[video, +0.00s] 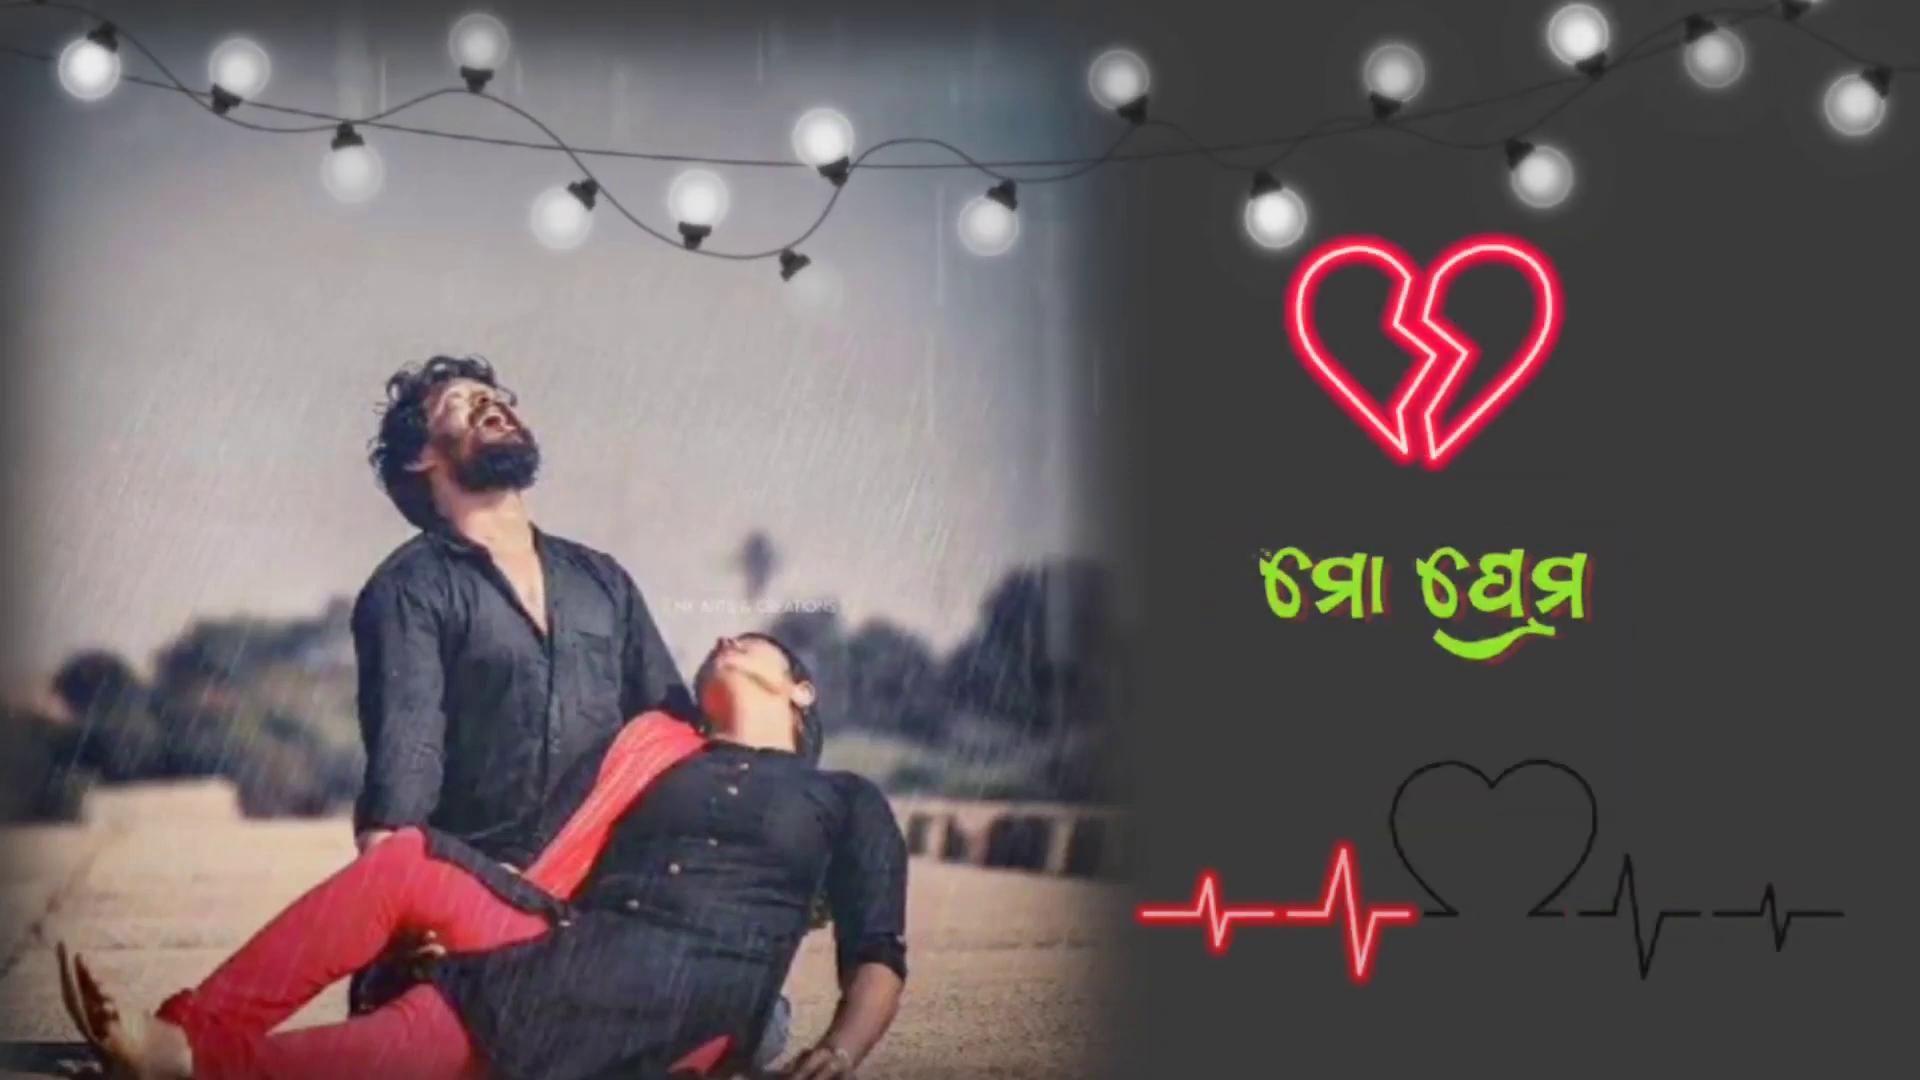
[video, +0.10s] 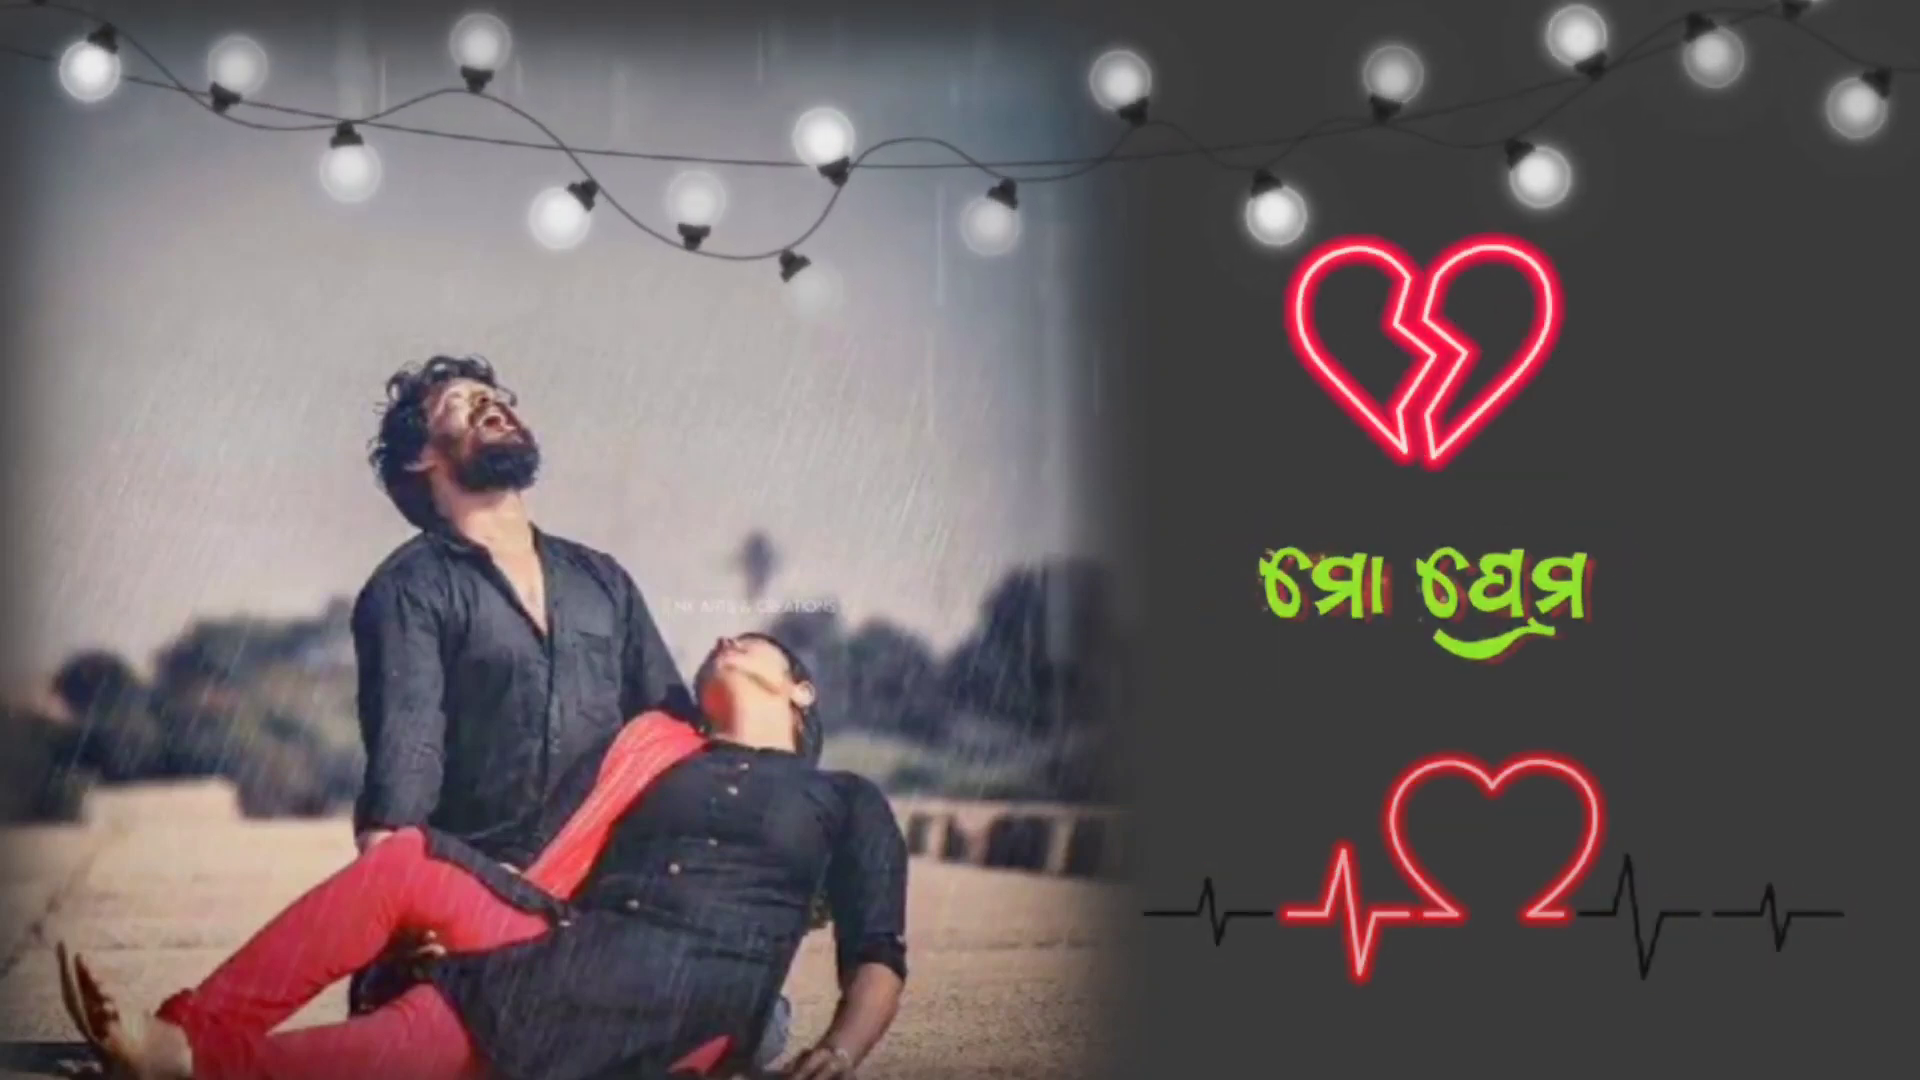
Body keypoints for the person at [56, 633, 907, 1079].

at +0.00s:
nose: (722, 662)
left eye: (749, 657)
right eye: (717, 661)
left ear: (799, 700)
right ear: (708, 699)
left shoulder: (843, 798)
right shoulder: (663, 757)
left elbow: (878, 967)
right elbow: (576, 894)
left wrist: (834, 1066)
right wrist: (456, 948)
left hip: (693, 981)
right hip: (588, 945)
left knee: (448, 1029)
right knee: (400, 860)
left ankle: (186, 1059)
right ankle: (178, 1040)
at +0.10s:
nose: (722, 660)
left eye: (749, 656)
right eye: (717, 659)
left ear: (799, 699)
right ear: (709, 699)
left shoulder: (843, 798)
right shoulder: (663, 756)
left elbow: (878, 967)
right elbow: (576, 893)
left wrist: (834, 1064)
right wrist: (458, 950)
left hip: (694, 981)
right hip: (589, 944)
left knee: (451, 1028)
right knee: (401, 861)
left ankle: (187, 1059)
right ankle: (177, 1040)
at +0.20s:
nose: (722, 662)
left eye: (749, 657)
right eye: (717, 661)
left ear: (799, 700)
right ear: (708, 699)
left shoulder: (843, 798)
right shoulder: (663, 757)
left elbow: (878, 967)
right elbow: (576, 894)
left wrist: (834, 1066)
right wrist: (457, 948)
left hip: (693, 981)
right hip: (588, 945)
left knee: (448, 1029)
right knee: (400, 860)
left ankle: (186, 1059)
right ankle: (178, 1040)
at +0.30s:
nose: (722, 662)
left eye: (749, 658)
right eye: (717, 661)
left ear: (799, 700)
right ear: (708, 699)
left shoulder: (843, 798)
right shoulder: (662, 757)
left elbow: (878, 967)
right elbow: (576, 894)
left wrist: (834, 1066)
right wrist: (456, 948)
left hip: (693, 981)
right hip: (588, 945)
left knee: (448, 1029)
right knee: (400, 860)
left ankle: (186, 1059)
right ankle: (178, 1040)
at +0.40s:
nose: (722, 660)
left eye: (749, 656)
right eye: (717, 659)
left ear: (799, 699)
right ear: (709, 699)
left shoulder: (843, 798)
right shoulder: (663, 756)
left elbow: (878, 967)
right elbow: (576, 893)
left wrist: (834, 1065)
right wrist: (458, 950)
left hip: (694, 981)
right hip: (589, 944)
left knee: (451, 1028)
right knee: (401, 861)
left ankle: (187, 1059)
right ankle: (177, 1040)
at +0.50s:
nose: (722, 660)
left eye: (749, 656)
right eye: (717, 659)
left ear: (799, 699)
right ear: (709, 700)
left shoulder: (843, 798)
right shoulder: (663, 756)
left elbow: (878, 967)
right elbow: (576, 893)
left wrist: (834, 1065)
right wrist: (458, 950)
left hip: (694, 981)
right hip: (590, 944)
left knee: (451, 1028)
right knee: (401, 861)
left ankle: (187, 1059)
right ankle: (177, 1040)